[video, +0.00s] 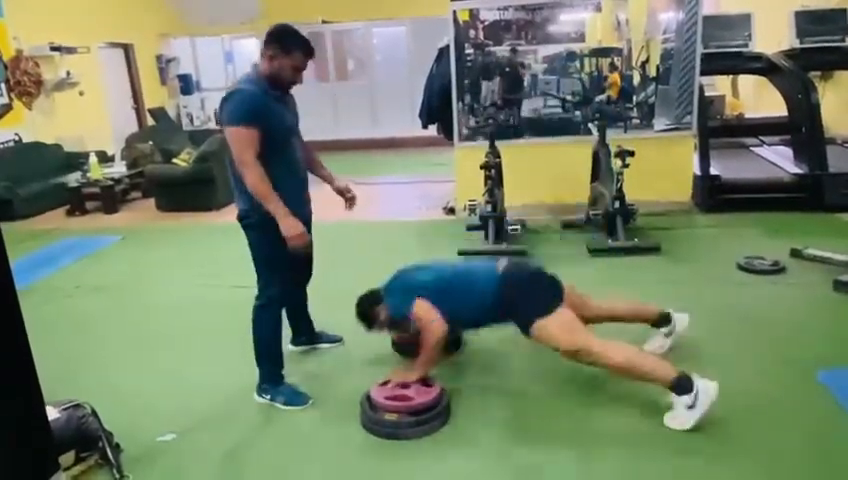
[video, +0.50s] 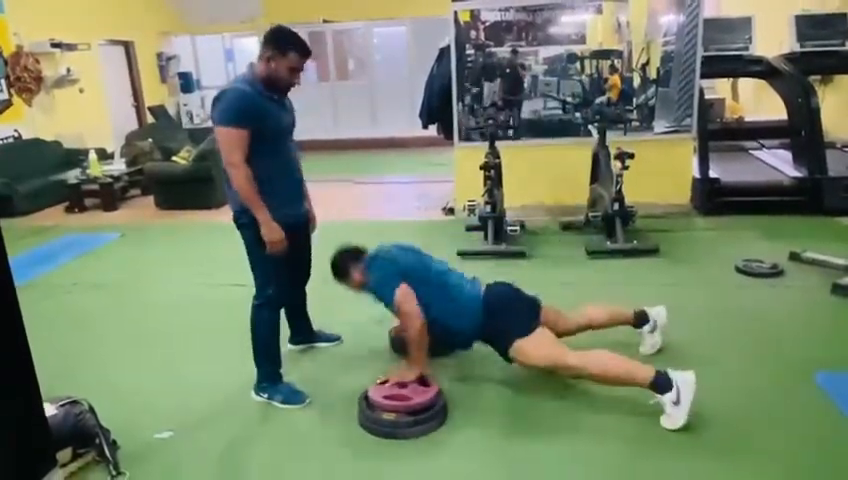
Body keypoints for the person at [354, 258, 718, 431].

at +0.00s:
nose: (391, 329)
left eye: (385, 326)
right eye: (384, 327)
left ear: (382, 312)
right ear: (380, 297)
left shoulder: (400, 297)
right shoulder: (406, 279)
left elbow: (437, 327)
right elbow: (448, 327)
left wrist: (417, 371)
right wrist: (429, 345)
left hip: (518, 295)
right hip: (520, 273)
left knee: (587, 349)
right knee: (588, 309)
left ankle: (687, 387)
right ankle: (666, 318)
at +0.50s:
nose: (356, 286)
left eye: (352, 282)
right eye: (353, 282)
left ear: (354, 274)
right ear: (362, 257)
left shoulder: (380, 272)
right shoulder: (391, 253)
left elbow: (414, 317)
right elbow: (426, 300)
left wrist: (416, 369)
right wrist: (416, 340)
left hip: (492, 321)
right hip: (497, 296)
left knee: (566, 362)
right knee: (568, 322)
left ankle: (666, 384)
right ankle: (646, 316)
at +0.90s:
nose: (392, 282)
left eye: (386, 279)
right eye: (387, 278)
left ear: (384, 265)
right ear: (387, 249)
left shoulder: (408, 257)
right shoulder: (415, 241)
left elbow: (416, 322)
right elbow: (423, 300)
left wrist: (414, 369)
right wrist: (412, 336)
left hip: (522, 284)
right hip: (524, 269)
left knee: (579, 352)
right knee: (583, 315)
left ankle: (683, 387)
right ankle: (655, 323)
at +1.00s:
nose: (412, 290)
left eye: (407, 289)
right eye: (408, 288)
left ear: (408, 277)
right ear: (407, 262)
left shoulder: (427, 258)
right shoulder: (428, 244)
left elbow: (425, 327)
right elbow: (435, 297)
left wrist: (414, 374)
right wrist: (423, 324)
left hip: (547, 252)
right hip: (545, 242)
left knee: (558, 345)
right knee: (565, 309)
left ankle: (654, 374)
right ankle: (631, 321)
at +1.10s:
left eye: (435, 293)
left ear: (435, 285)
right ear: (431, 264)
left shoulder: (453, 266)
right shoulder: (448, 253)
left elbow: (441, 329)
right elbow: (442, 297)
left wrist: (415, 370)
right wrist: (423, 323)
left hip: (571, 249)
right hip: (556, 238)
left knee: (531, 328)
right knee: (534, 298)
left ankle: (601, 378)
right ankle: (593, 336)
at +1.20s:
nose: (451, 299)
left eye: (450, 295)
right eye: (449, 296)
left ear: (455, 289)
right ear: (454, 266)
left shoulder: (479, 278)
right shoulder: (473, 259)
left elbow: (452, 339)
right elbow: (460, 303)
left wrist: (413, 373)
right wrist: (422, 322)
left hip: (595, 281)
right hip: (584, 262)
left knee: (530, 329)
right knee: (533, 307)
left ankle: (595, 378)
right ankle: (586, 347)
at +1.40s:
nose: (473, 274)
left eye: (471, 269)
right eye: (470, 270)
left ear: (479, 261)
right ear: (483, 250)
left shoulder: (503, 271)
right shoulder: (502, 248)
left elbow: (467, 338)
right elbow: (480, 295)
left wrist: (421, 372)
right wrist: (446, 324)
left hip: (619, 296)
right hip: (612, 280)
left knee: (545, 324)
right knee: (547, 307)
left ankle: (598, 382)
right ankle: (588, 354)